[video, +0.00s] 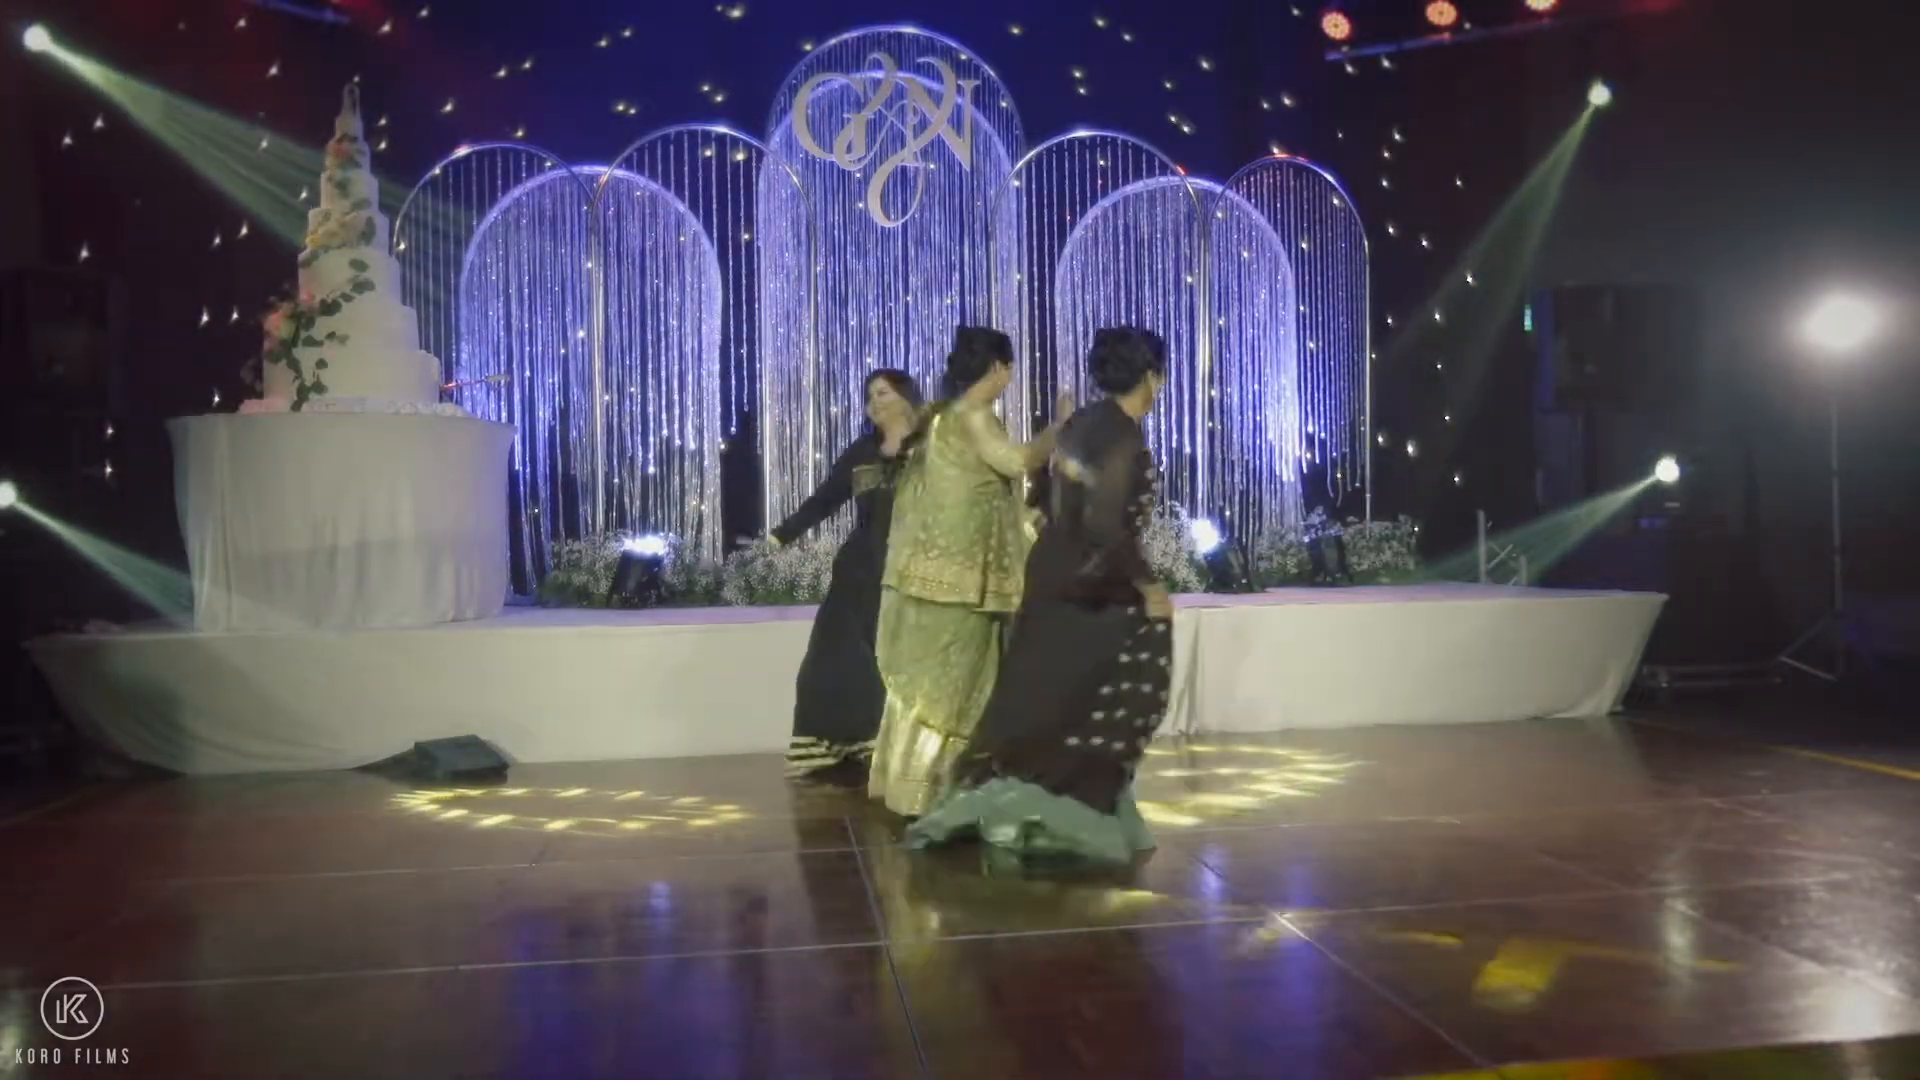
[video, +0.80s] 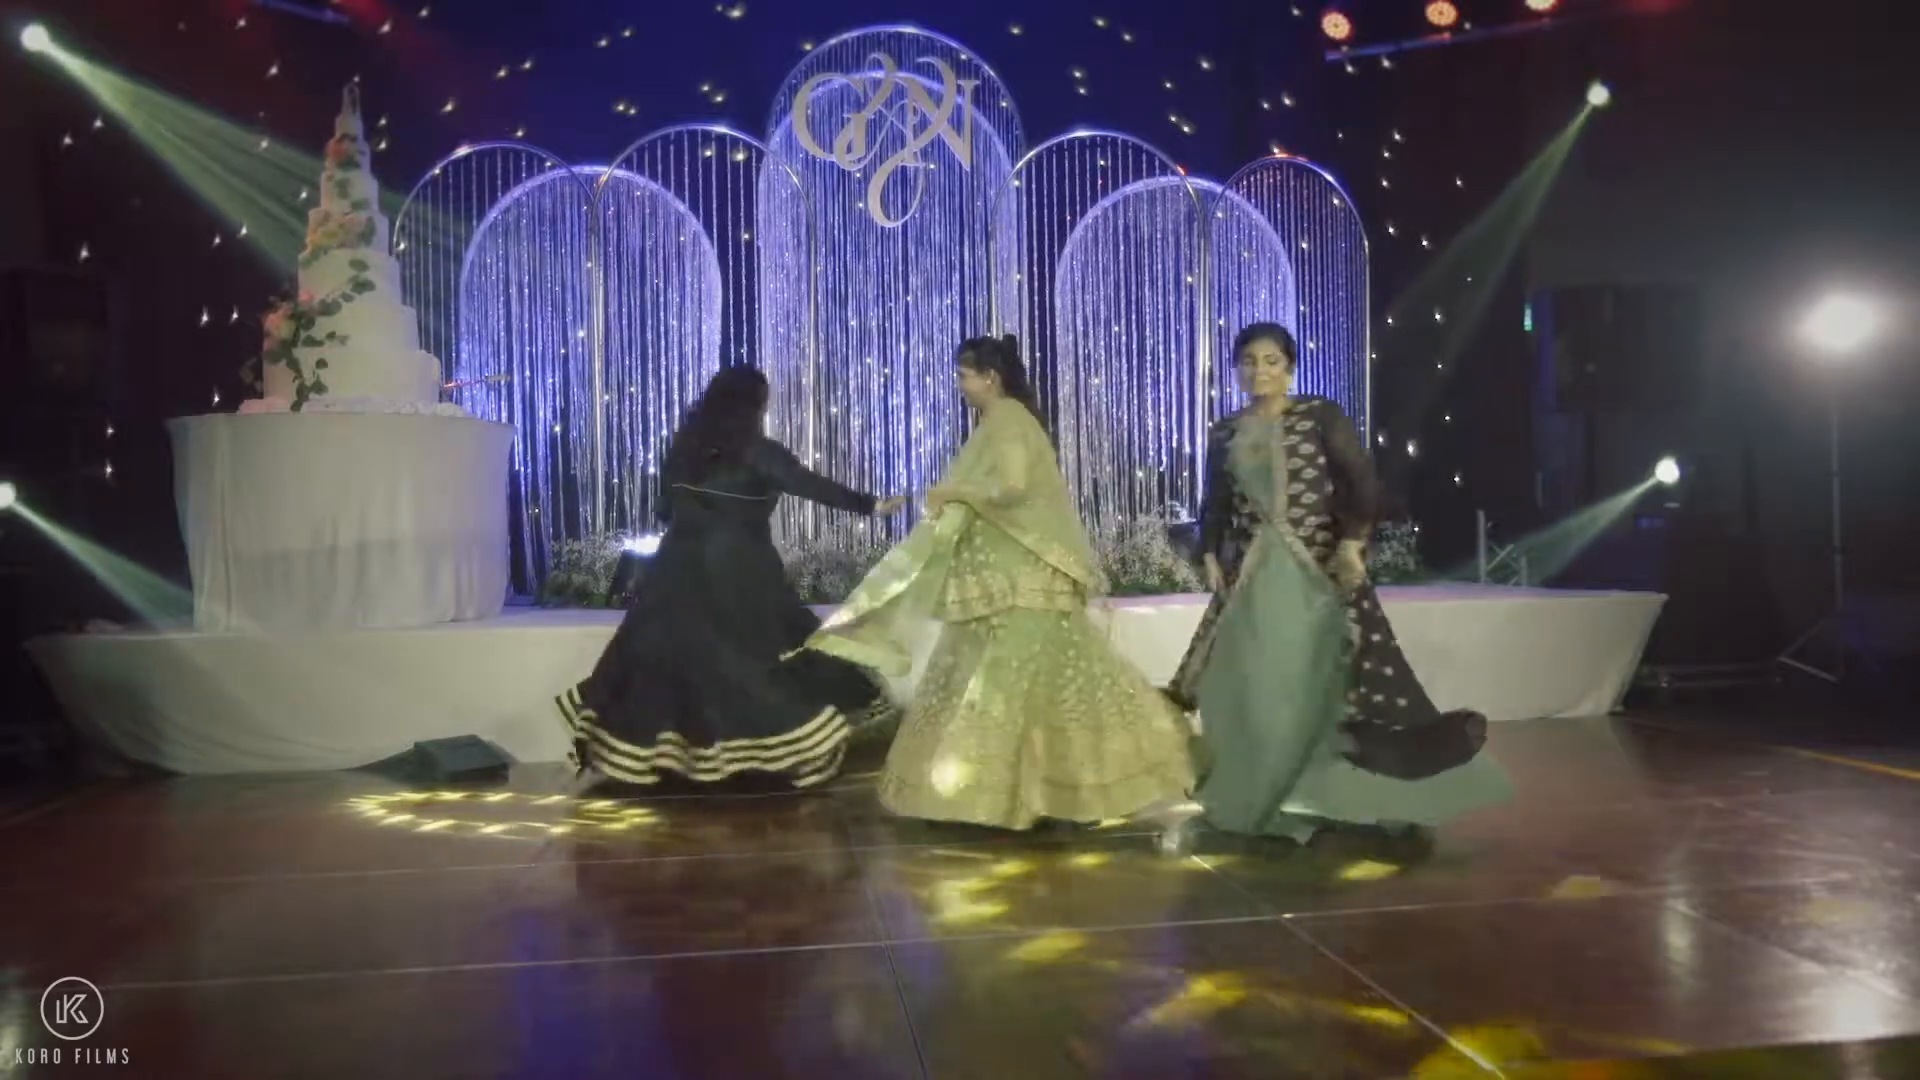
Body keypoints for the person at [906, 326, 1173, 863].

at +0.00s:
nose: (1163, 382)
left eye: (1160, 373)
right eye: (1160, 373)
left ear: (1105, 374)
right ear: (1150, 378)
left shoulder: (1078, 424)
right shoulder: (1123, 438)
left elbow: (1041, 498)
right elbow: (1105, 522)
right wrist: (1146, 583)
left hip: (1053, 581)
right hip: (1096, 589)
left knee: (1045, 695)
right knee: (1130, 697)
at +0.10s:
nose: (1179, 382)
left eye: (1174, 373)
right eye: (1178, 374)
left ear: (1123, 373)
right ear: (1171, 378)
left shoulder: (1085, 424)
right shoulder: (1165, 435)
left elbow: (1058, 507)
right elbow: (1167, 512)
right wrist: (1194, 578)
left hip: (1076, 594)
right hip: (1141, 597)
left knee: (1067, 707)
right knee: (1163, 709)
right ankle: (1165, 834)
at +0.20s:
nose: (1185, 375)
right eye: (1187, 367)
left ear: (1135, 369)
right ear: (1188, 370)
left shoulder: (1095, 422)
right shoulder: (1200, 428)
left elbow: (1066, 508)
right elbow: (1224, 509)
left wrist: (1084, 553)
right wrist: (1231, 558)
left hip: (1105, 580)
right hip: (1173, 579)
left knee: (1107, 692)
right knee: (1213, 687)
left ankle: (1108, 819)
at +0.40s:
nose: (1167, 375)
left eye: (1169, 367)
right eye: (1170, 366)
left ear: (1178, 366)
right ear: (1224, 366)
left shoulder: (1173, 415)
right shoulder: (1253, 423)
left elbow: (1138, 503)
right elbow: (1275, 513)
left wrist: (1092, 520)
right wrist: (1257, 548)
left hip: (1186, 583)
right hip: (1244, 585)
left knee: (1168, 700)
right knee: (1249, 701)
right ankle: (1269, 838)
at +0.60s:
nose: (1190, 376)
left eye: (1197, 365)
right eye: (1191, 366)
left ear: (1228, 367)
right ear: (1226, 368)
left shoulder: (1256, 410)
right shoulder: (1224, 419)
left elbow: (1273, 484)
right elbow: (1230, 492)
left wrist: (1239, 539)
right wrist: (1220, 545)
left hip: (1280, 570)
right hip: (1252, 570)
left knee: (1278, 684)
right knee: (1254, 683)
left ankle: (1291, 818)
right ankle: (1271, 813)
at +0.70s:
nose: (1216, 373)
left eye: (1227, 363)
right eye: (1215, 363)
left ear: (1259, 368)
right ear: (1221, 372)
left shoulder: (1290, 414)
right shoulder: (1222, 434)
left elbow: (1324, 482)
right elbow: (1222, 508)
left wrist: (1297, 543)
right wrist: (1217, 553)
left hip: (1291, 575)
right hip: (1236, 578)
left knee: (1302, 690)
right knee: (1236, 692)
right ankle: (1251, 814)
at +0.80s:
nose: (1260, 371)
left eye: (1270, 361)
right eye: (1250, 363)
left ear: (1289, 365)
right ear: (1239, 371)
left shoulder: (1322, 416)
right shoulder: (1225, 433)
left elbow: (1362, 485)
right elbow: (1216, 504)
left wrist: (1352, 543)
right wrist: (1211, 553)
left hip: (1313, 568)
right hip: (1252, 570)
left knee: (1306, 685)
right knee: (1254, 685)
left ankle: (1304, 805)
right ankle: (1264, 806)